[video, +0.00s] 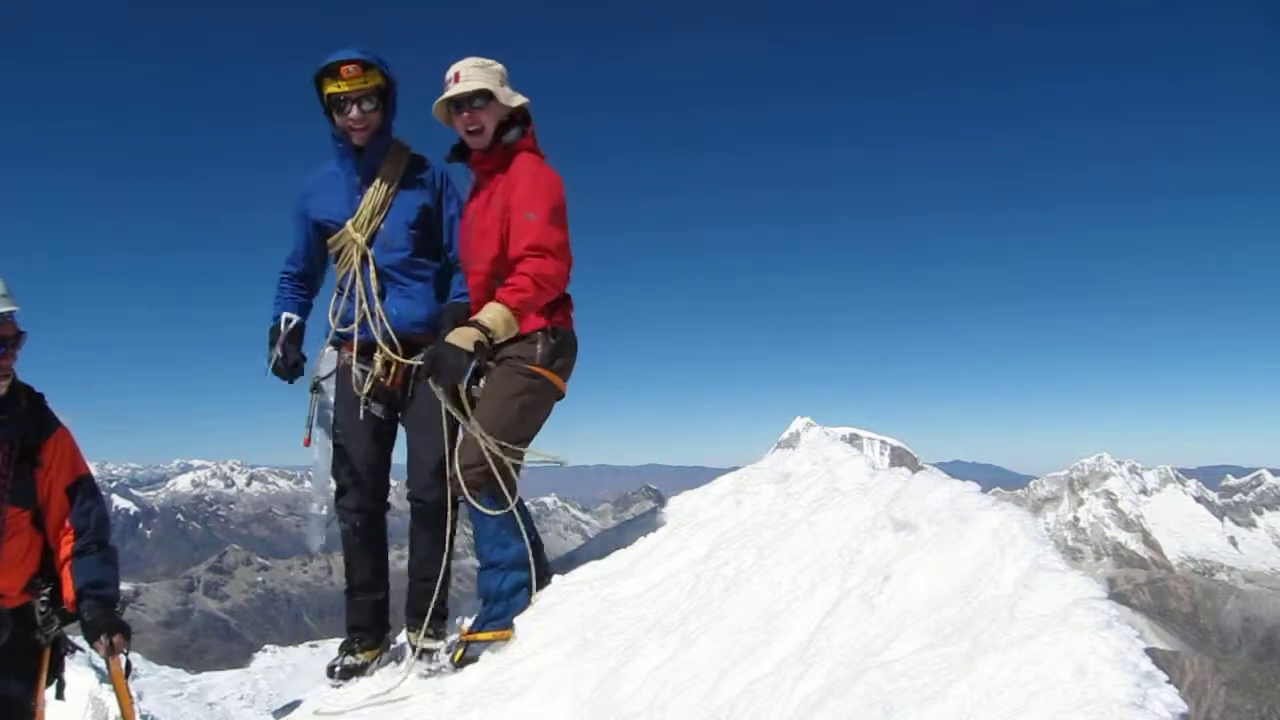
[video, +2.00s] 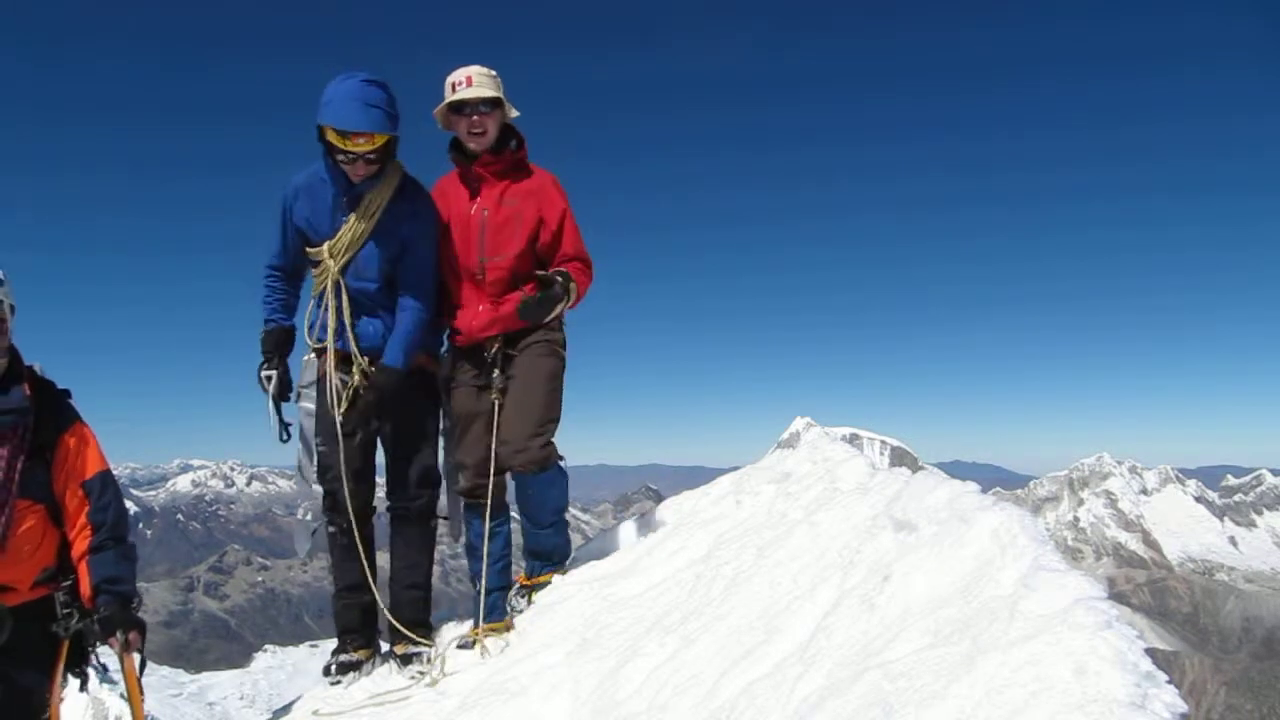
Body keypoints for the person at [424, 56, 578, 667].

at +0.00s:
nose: (471, 116)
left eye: (481, 102)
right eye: (459, 107)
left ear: (507, 106)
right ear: (451, 119)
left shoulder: (531, 174)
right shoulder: (472, 185)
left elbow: (544, 268)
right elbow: (458, 269)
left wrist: (483, 327)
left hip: (535, 337)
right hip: (493, 339)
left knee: (480, 462)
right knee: (473, 461)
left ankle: (505, 604)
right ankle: (529, 578)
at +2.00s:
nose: (475, 120)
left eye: (484, 108)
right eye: (463, 112)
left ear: (504, 114)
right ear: (450, 123)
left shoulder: (539, 186)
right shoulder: (441, 195)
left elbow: (575, 262)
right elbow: (432, 279)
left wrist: (558, 289)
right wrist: (426, 342)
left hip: (531, 336)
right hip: (467, 345)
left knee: (527, 449)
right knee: (473, 471)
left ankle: (544, 569)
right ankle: (492, 608)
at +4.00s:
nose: (496, 124)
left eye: (506, 115)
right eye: (485, 115)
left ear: (522, 124)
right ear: (470, 127)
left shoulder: (552, 198)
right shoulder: (454, 198)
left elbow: (571, 282)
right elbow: (440, 272)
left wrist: (562, 353)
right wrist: (452, 341)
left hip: (536, 348)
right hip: (473, 347)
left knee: (543, 463)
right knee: (477, 472)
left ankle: (546, 585)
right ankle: (484, 600)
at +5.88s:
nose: (502, 126)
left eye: (513, 117)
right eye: (491, 117)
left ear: (528, 128)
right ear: (474, 127)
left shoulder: (551, 205)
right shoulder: (450, 201)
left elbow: (571, 290)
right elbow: (432, 277)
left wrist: (572, 361)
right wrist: (438, 348)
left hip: (535, 350)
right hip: (469, 352)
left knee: (539, 467)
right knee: (477, 477)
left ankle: (542, 586)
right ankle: (485, 600)